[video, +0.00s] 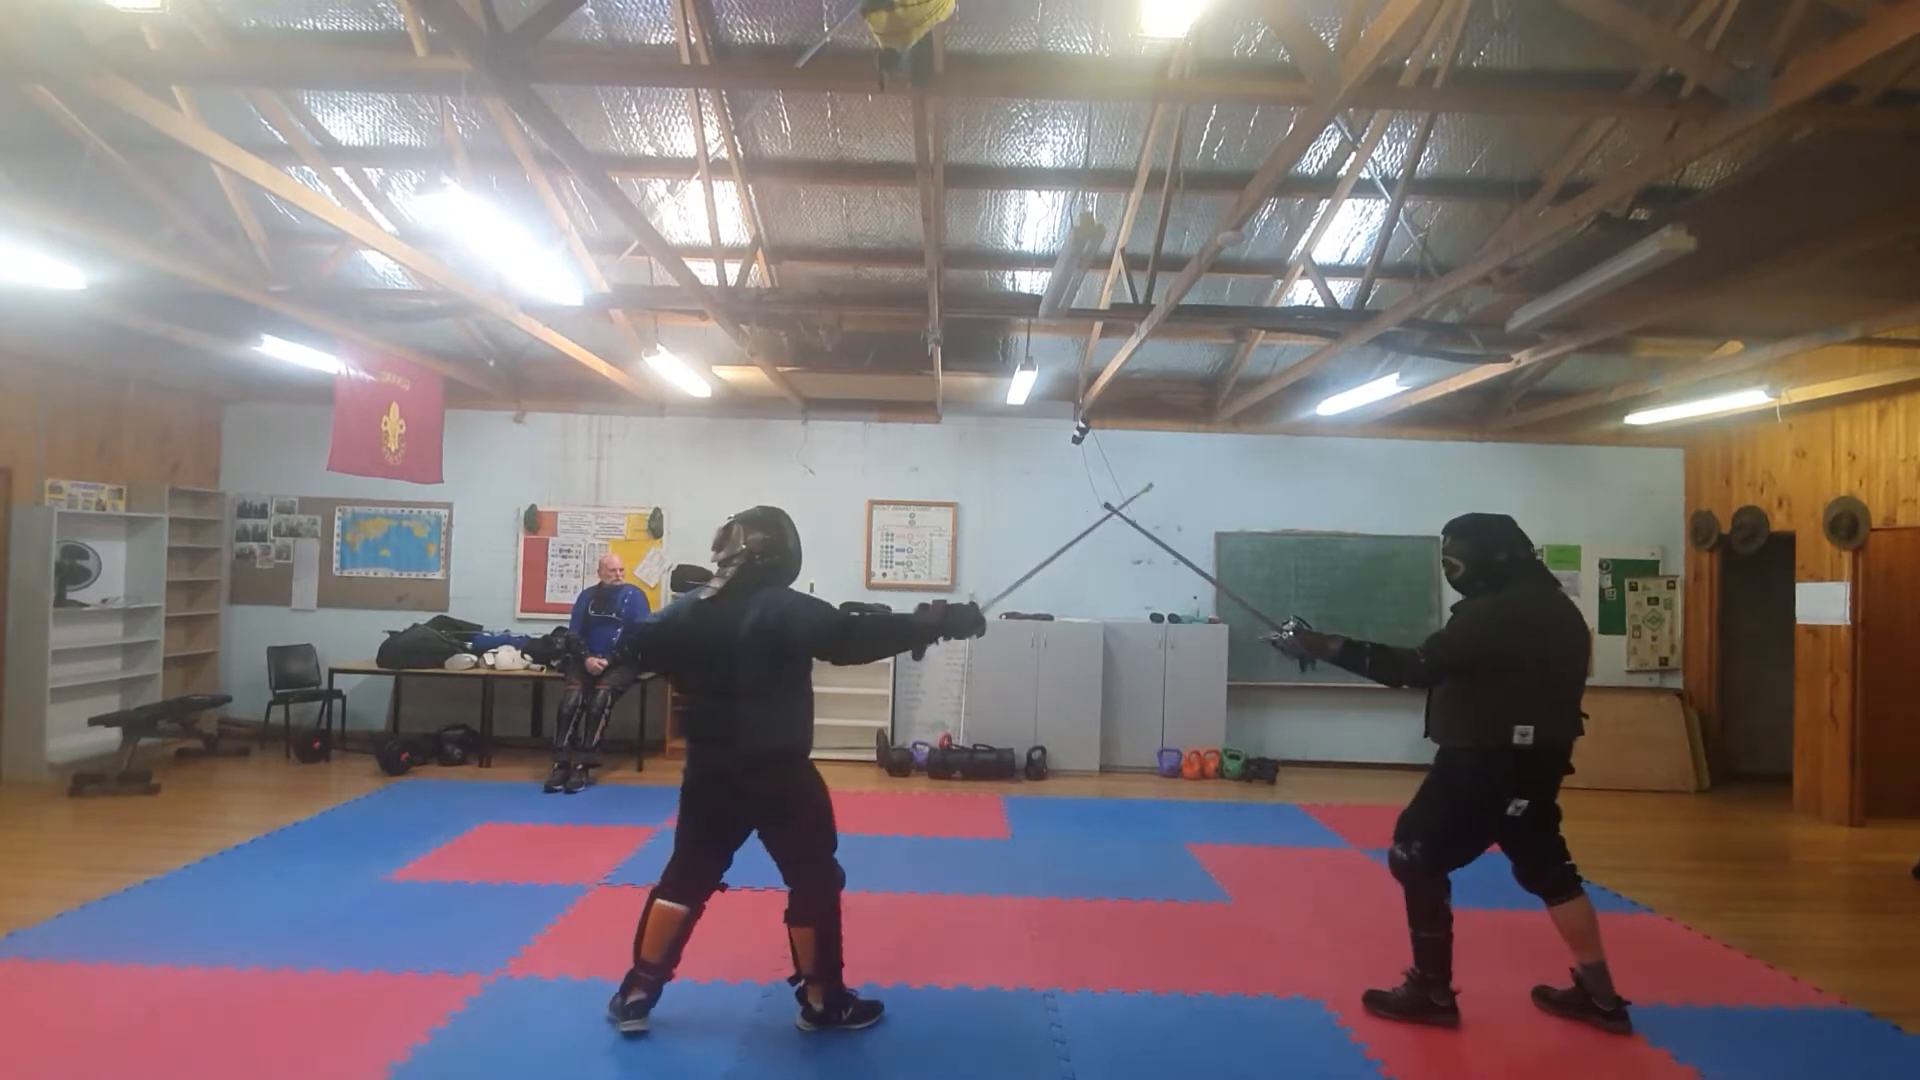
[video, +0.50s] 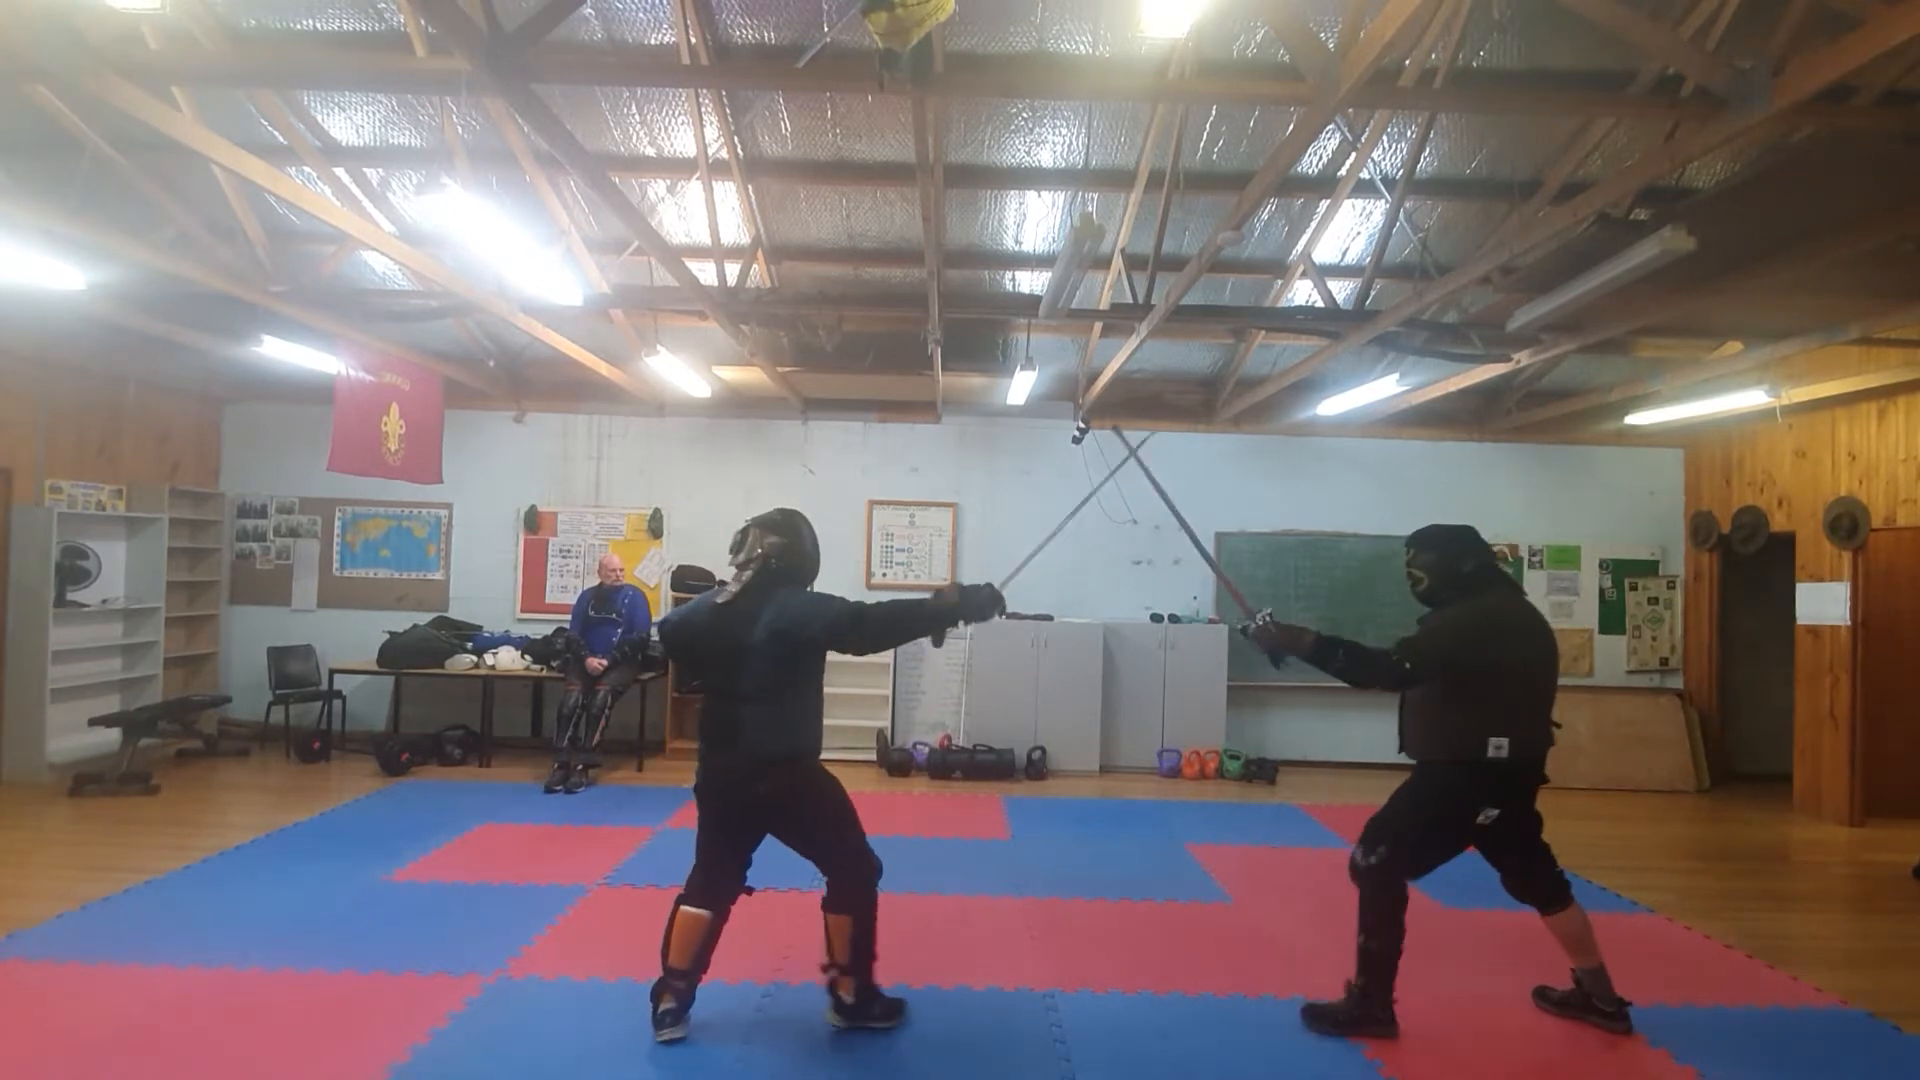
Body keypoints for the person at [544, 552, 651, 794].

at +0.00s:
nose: (619, 575)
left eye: (621, 571)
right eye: (613, 571)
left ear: (624, 571)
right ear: (599, 572)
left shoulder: (634, 596)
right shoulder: (586, 596)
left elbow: (638, 636)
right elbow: (573, 634)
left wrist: (609, 660)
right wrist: (586, 658)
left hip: (620, 661)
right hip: (585, 659)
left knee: (601, 696)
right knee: (572, 696)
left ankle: (582, 767)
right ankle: (561, 765)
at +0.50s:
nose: (619, 575)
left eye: (621, 571)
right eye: (613, 571)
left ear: (624, 571)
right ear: (599, 572)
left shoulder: (635, 597)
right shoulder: (586, 596)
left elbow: (639, 637)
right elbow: (573, 635)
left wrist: (609, 660)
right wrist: (586, 658)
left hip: (619, 662)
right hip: (585, 659)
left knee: (601, 696)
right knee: (572, 696)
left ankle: (581, 767)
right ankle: (561, 765)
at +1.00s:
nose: (618, 576)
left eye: (621, 571)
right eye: (613, 572)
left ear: (624, 572)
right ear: (599, 573)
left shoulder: (634, 597)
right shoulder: (586, 597)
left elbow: (639, 636)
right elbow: (573, 635)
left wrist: (609, 660)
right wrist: (585, 658)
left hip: (619, 662)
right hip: (585, 660)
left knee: (601, 697)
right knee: (572, 697)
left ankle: (582, 768)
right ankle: (561, 765)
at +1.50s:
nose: (618, 576)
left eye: (621, 572)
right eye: (612, 572)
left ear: (624, 572)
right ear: (599, 573)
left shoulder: (634, 597)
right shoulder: (586, 597)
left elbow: (637, 636)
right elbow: (573, 635)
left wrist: (609, 660)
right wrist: (585, 658)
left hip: (619, 662)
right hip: (585, 659)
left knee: (601, 696)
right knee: (572, 697)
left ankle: (581, 768)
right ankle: (560, 765)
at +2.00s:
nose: (618, 577)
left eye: (621, 572)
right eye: (612, 572)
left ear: (624, 573)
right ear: (599, 574)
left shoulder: (634, 598)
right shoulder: (587, 597)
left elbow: (640, 639)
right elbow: (573, 636)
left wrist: (608, 661)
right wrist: (585, 659)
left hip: (619, 663)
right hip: (585, 660)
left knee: (601, 696)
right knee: (572, 697)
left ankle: (581, 768)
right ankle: (560, 766)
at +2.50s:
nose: (617, 576)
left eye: (621, 571)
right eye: (612, 572)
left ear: (624, 572)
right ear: (599, 573)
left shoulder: (634, 597)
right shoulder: (586, 597)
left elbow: (638, 636)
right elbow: (573, 634)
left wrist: (608, 660)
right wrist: (585, 658)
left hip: (619, 661)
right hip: (585, 659)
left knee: (601, 695)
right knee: (572, 695)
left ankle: (581, 767)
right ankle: (560, 765)